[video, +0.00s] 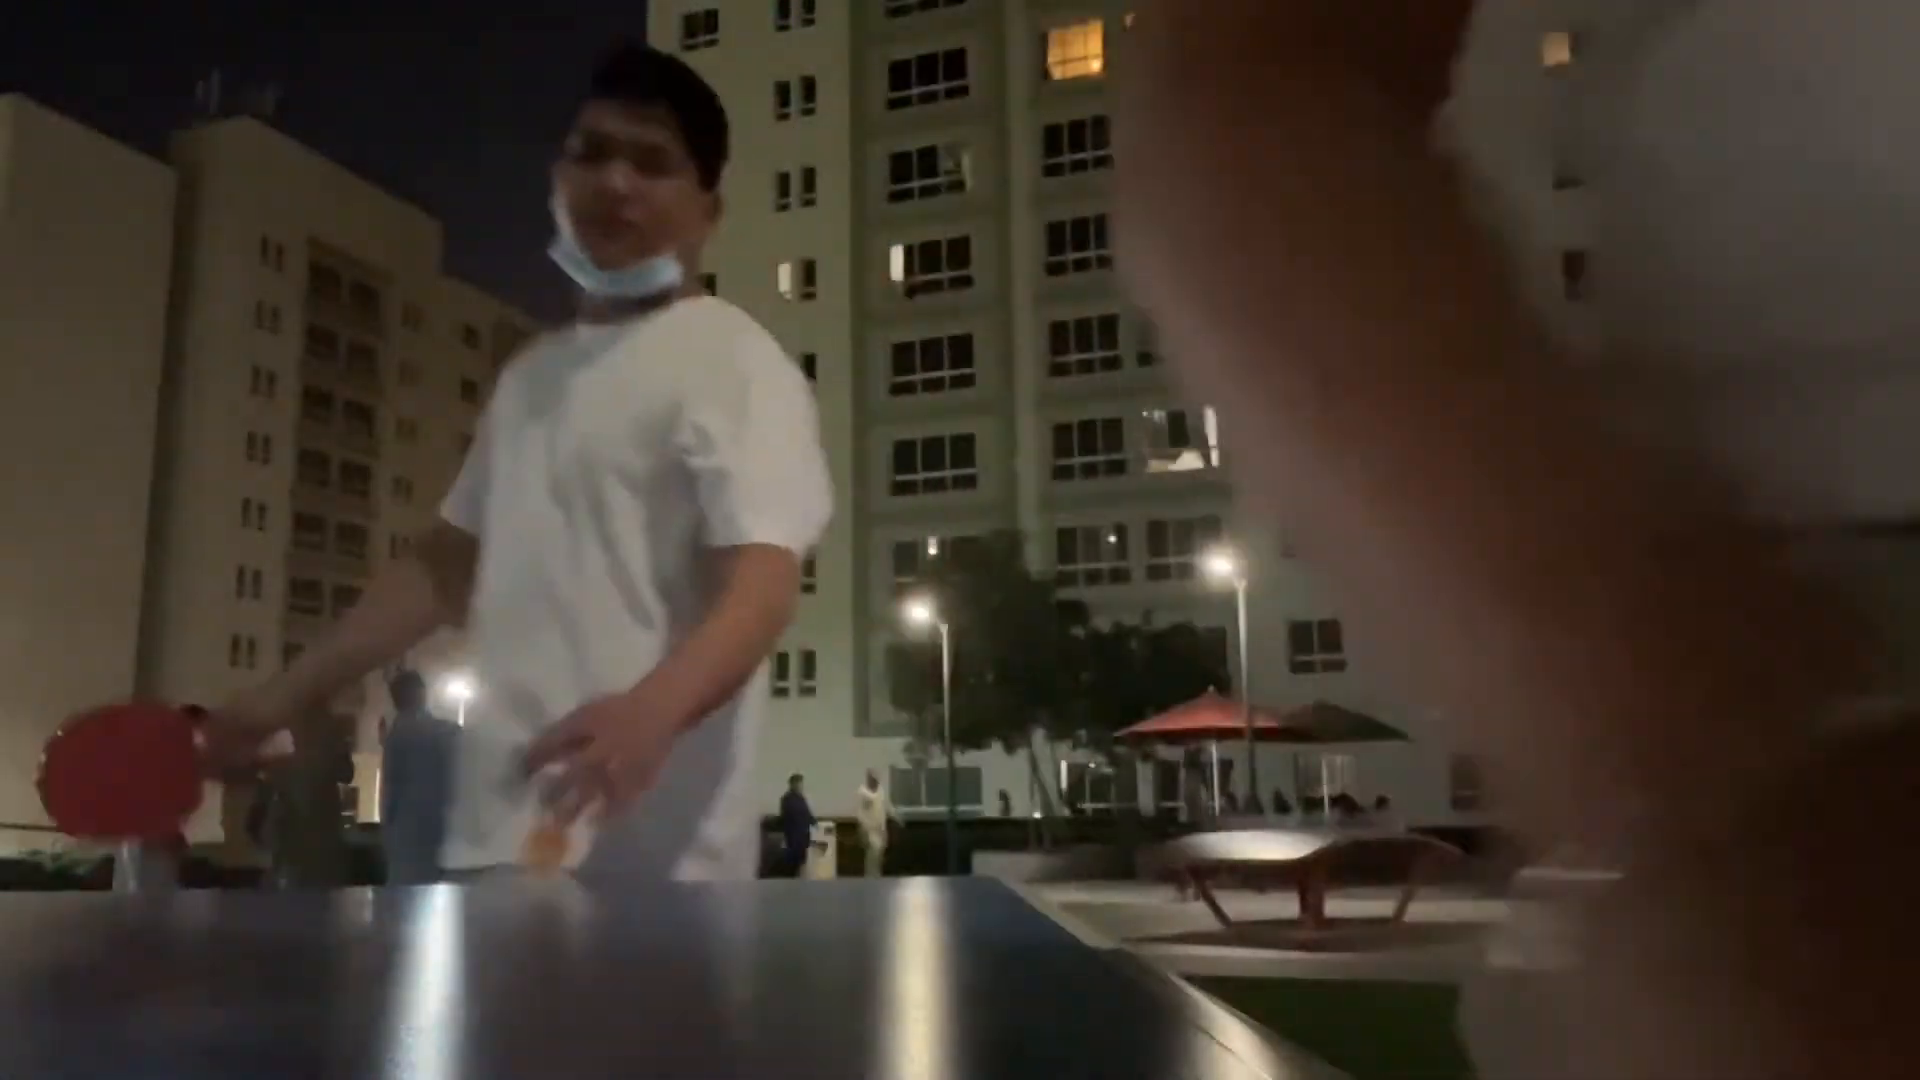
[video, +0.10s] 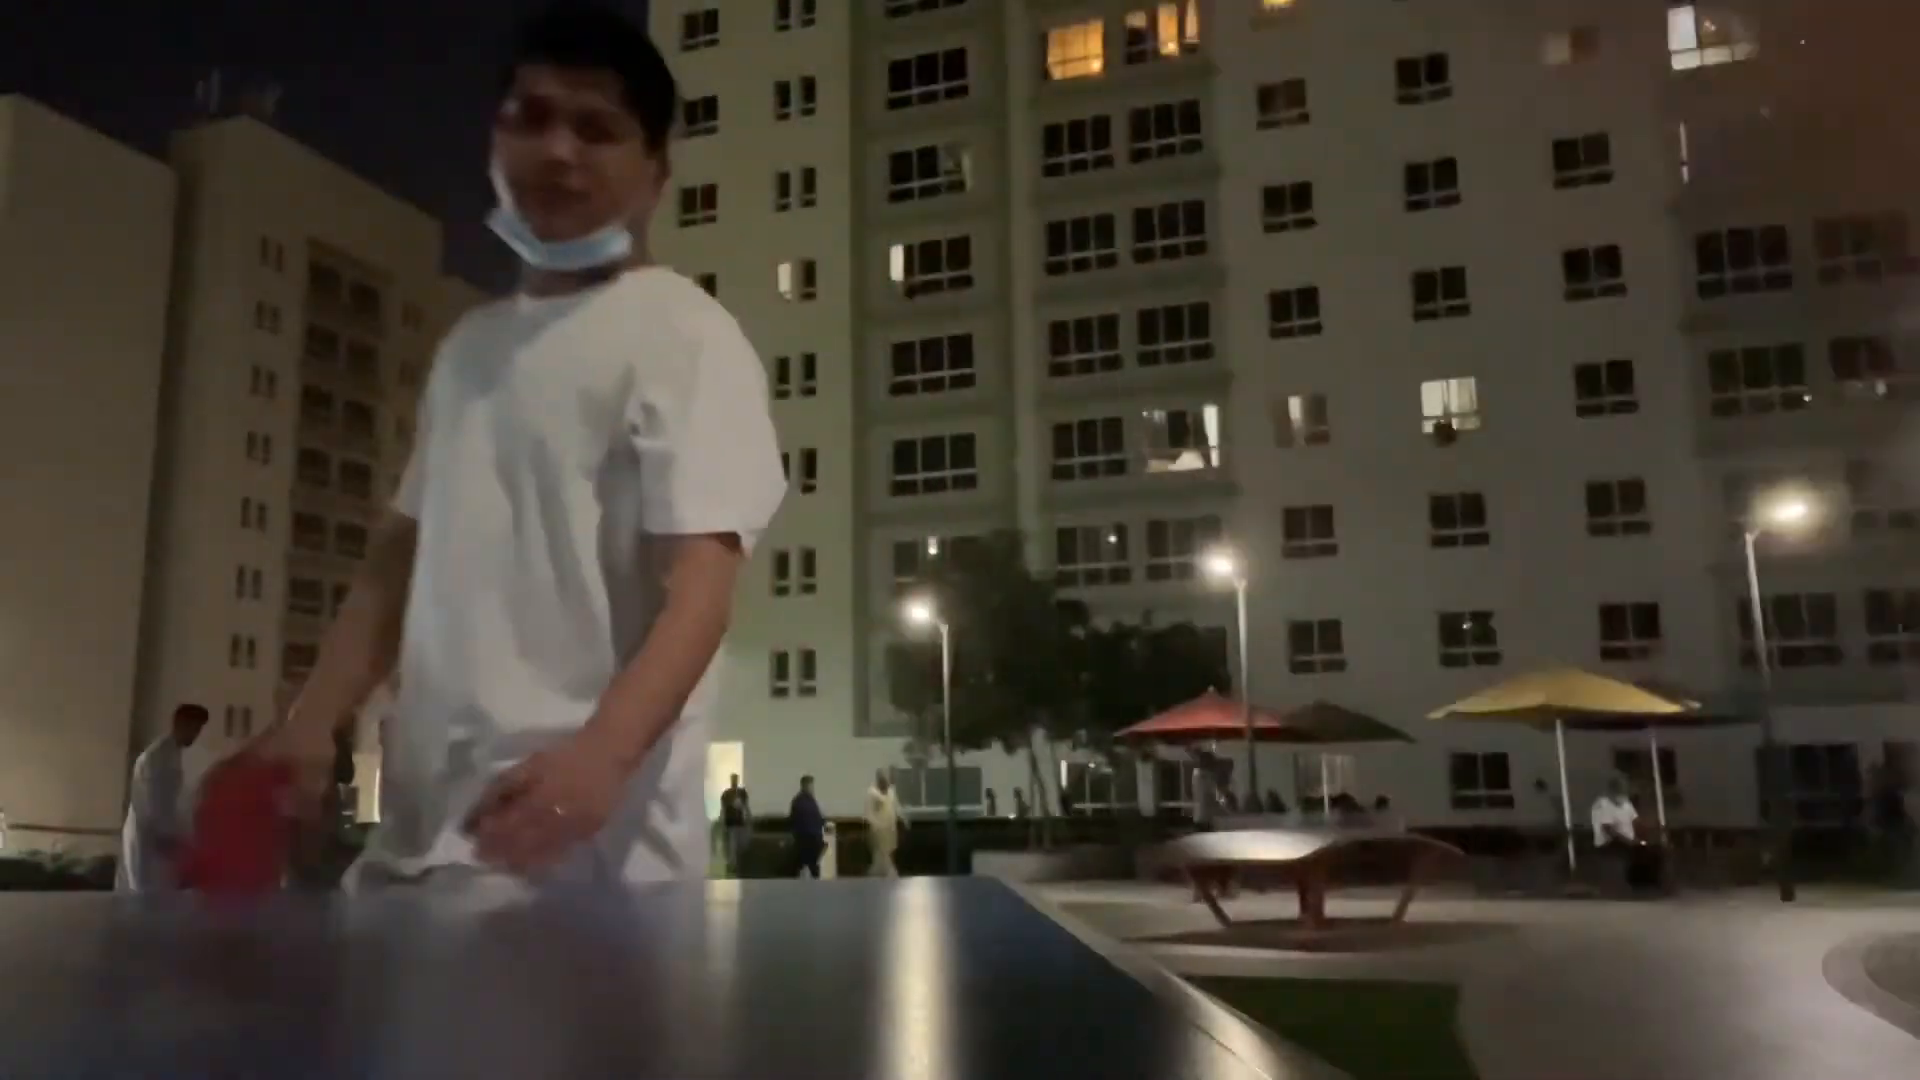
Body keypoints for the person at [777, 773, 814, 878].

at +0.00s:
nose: (802, 786)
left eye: (801, 783)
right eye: (800, 783)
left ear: (791, 784)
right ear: (795, 784)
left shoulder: (786, 798)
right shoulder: (798, 798)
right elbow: (805, 813)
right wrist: (813, 821)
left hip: (790, 832)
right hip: (799, 834)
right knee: (799, 858)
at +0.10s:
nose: (812, 787)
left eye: (812, 784)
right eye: (811, 785)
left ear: (802, 785)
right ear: (807, 785)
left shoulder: (797, 800)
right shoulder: (809, 800)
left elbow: (794, 818)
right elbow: (815, 817)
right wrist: (823, 823)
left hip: (800, 834)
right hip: (812, 835)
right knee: (813, 861)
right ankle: (816, 879)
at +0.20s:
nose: (821, 785)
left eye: (821, 782)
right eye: (819, 783)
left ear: (820, 783)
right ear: (815, 783)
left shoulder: (821, 797)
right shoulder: (811, 797)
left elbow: (826, 813)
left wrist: (831, 821)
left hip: (823, 828)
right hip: (815, 829)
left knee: (824, 851)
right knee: (819, 852)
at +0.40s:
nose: (844, 786)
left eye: (844, 784)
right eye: (843, 784)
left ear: (834, 784)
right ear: (839, 784)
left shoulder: (830, 797)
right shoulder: (840, 798)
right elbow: (845, 815)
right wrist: (853, 826)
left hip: (831, 833)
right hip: (841, 833)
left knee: (826, 858)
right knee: (843, 859)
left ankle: (819, 877)